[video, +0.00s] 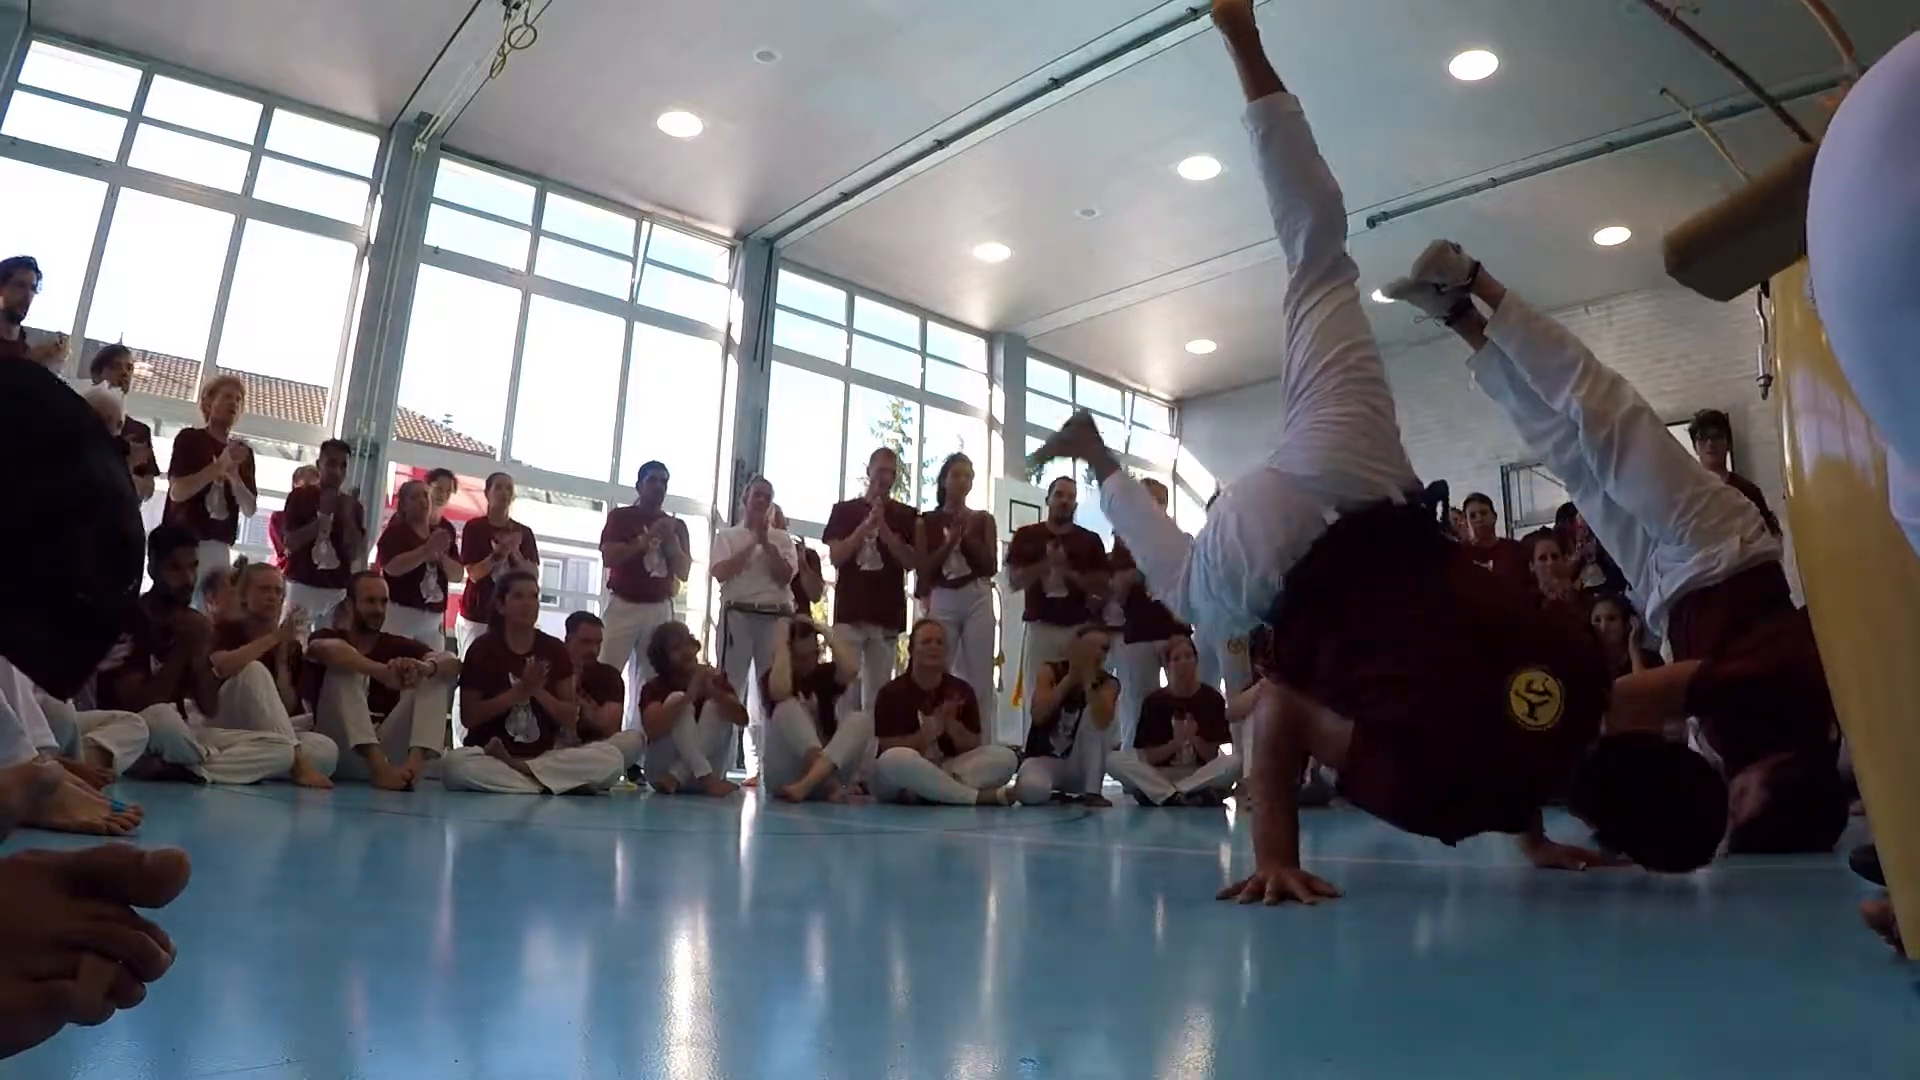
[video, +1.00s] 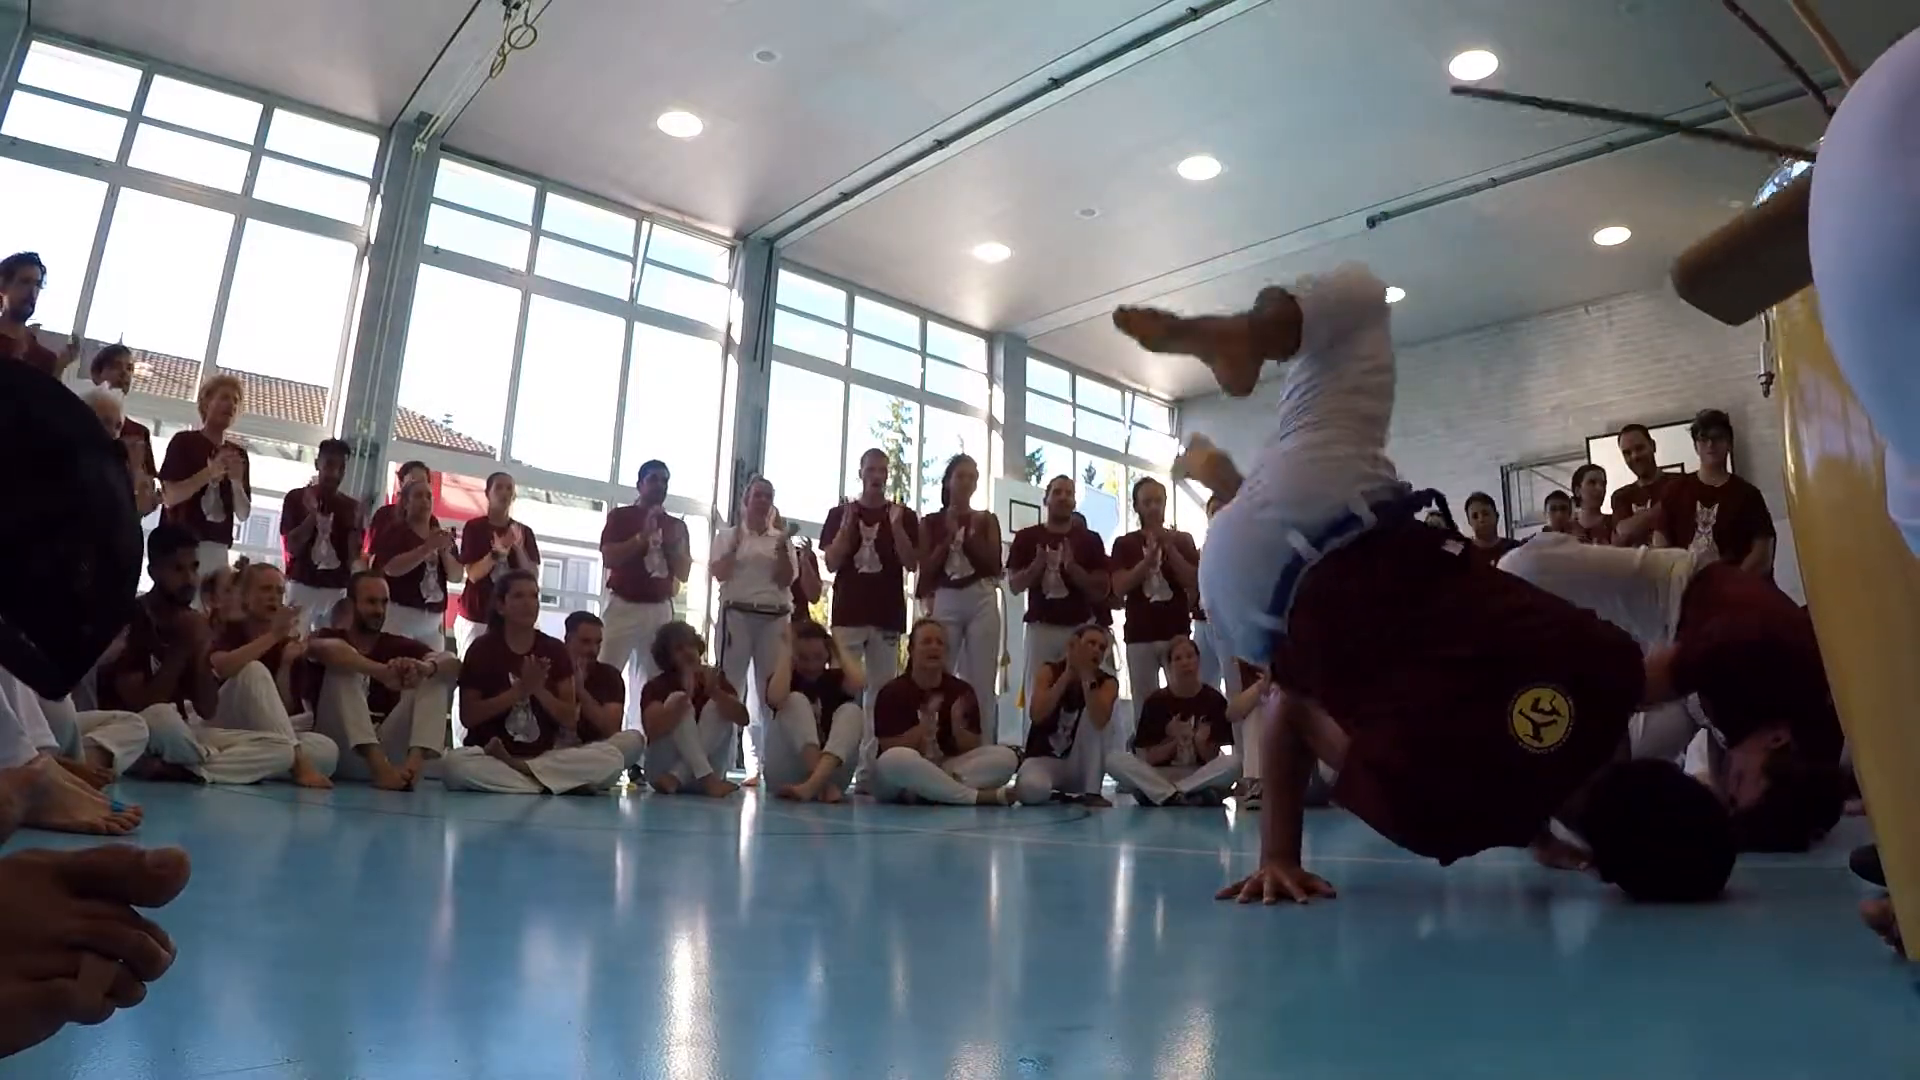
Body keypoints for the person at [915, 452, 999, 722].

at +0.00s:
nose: (963, 480)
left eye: (968, 476)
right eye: (957, 474)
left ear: (973, 482)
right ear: (944, 479)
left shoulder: (983, 520)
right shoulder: (928, 521)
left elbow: (989, 568)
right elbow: (924, 569)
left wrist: (967, 538)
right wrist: (950, 541)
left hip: (979, 599)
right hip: (942, 599)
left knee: (980, 678)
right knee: (939, 675)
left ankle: (983, 746)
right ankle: (938, 746)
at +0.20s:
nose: (961, 481)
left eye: (967, 476)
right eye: (956, 475)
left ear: (971, 482)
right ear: (943, 479)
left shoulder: (981, 520)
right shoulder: (925, 521)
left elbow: (987, 567)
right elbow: (921, 568)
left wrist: (965, 539)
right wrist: (945, 539)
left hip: (978, 599)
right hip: (940, 599)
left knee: (980, 678)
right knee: (938, 675)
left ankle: (982, 750)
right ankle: (937, 747)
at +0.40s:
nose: (962, 480)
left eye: (967, 476)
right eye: (956, 475)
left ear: (972, 482)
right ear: (943, 480)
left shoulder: (981, 520)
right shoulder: (925, 521)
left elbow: (988, 567)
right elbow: (922, 567)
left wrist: (965, 537)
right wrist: (948, 540)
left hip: (978, 601)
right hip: (941, 600)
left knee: (979, 679)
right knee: (937, 675)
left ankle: (980, 747)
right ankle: (936, 746)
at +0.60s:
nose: (962, 482)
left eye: (967, 477)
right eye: (956, 476)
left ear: (972, 483)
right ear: (944, 480)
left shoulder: (982, 521)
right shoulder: (926, 522)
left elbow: (989, 567)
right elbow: (922, 570)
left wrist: (964, 540)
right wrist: (944, 544)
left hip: (978, 598)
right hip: (941, 597)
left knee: (980, 678)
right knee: (938, 675)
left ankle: (984, 747)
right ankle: (938, 747)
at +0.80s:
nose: (965, 481)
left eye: (970, 477)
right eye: (959, 475)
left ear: (975, 483)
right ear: (946, 480)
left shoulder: (985, 520)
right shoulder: (928, 522)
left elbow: (992, 567)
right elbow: (923, 567)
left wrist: (968, 542)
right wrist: (947, 542)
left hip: (980, 602)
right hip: (942, 602)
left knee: (981, 681)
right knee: (938, 677)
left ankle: (983, 749)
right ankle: (936, 750)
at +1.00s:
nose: (967, 482)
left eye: (972, 477)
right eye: (961, 476)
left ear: (978, 483)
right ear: (948, 480)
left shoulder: (987, 520)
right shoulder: (931, 522)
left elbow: (993, 567)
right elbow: (926, 569)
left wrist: (969, 541)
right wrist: (947, 541)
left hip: (981, 596)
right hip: (945, 597)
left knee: (982, 678)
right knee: (942, 675)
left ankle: (984, 750)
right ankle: (939, 748)